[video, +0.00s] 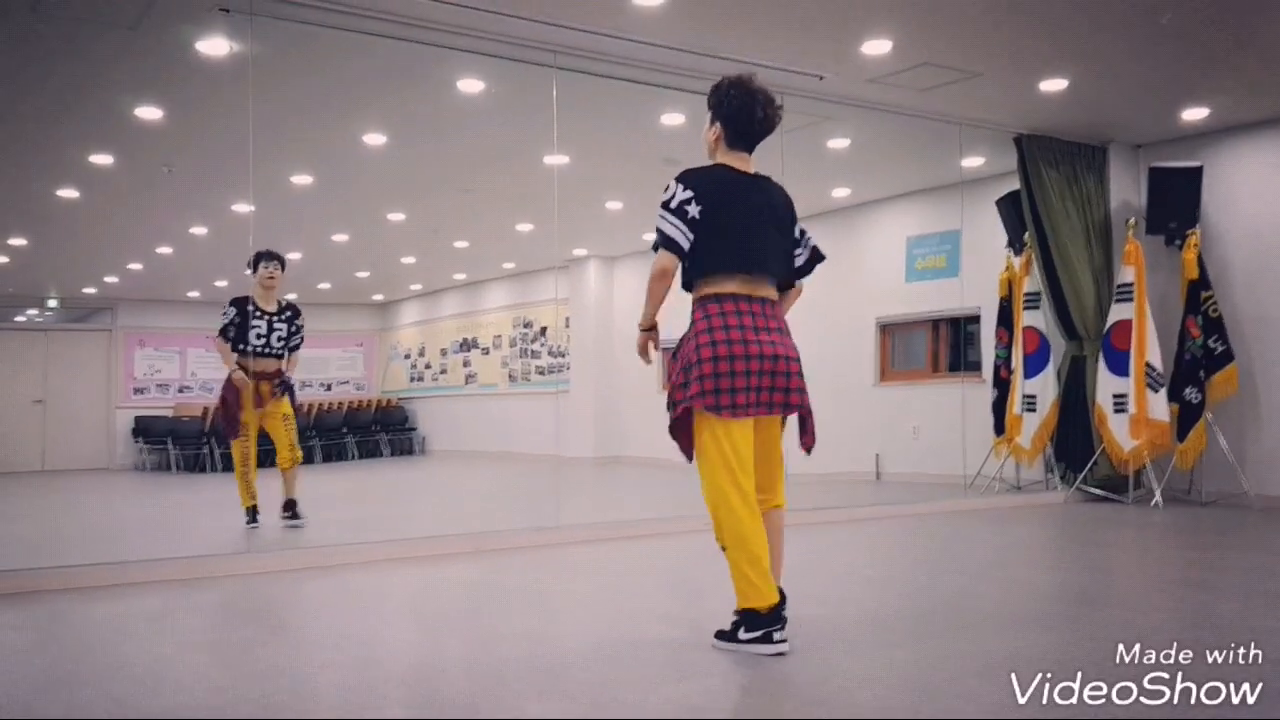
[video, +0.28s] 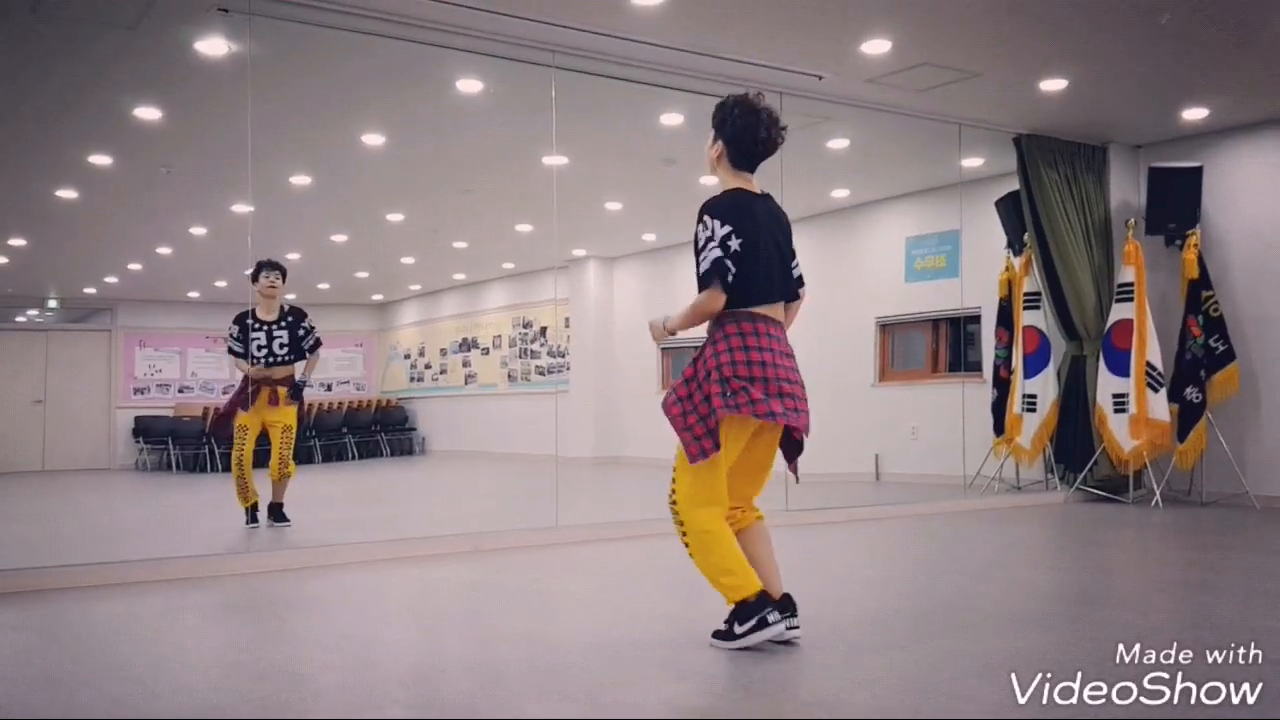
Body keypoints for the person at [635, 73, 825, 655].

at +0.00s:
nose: (704, 132)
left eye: (706, 124)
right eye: (709, 123)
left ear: (715, 131)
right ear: (759, 135)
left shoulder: (692, 184)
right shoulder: (777, 195)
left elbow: (666, 264)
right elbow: (802, 270)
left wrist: (649, 321)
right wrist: (765, 320)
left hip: (716, 335)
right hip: (772, 336)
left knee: (728, 487)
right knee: (767, 482)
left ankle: (760, 614)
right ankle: (768, 603)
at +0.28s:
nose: (707, 148)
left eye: (709, 139)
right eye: (712, 139)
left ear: (718, 148)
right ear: (760, 152)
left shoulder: (718, 209)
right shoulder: (774, 212)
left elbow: (716, 297)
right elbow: (796, 294)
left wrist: (672, 323)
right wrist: (764, 345)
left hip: (732, 361)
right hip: (779, 365)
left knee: (692, 502)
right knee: (740, 502)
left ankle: (748, 602)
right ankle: (777, 604)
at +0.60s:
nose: (707, 141)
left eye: (709, 133)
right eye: (712, 133)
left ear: (717, 140)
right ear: (761, 144)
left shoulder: (696, 198)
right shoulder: (783, 202)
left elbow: (684, 287)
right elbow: (814, 283)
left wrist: (689, 356)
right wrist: (775, 323)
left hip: (728, 352)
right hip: (788, 349)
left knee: (678, 489)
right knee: (773, 492)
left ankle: (727, 584)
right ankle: (779, 611)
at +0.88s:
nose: (702, 139)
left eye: (703, 132)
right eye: (707, 132)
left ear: (709, 139)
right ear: (759, 143)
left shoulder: (678, 198)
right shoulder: (777, 205)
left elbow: (654, 283)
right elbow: (791, 295)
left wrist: (658, 355)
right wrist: (772, 352)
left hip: (704, 353)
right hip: (768, 350)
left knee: (714, 496)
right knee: (771, 488)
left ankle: (733, 613)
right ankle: (773, 607)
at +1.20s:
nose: (695, 135)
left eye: (696, 126)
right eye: (701, 126)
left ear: (705, 132)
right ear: (750, 135)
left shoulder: (681, 188)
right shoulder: (769, 196)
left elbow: (657, 276)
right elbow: (777, 287)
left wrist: (654, 342)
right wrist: (753, 333)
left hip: (702, 339)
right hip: (763, 341)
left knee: (707, 486)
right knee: (752, 480)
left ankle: (731, 621)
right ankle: (744, 606)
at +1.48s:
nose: (677, 151)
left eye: (679, 142)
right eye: (680, 142)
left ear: (688, 149)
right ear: (732, 150)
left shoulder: (693, 209)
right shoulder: (748, 211)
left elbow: (692, 295)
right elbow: (765, 297)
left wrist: (660, 338)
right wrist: (729, 342)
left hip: (705, 356)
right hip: (751, 360)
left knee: (673, 506)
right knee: (723, 503)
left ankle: (718, 612)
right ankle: (757, 610)